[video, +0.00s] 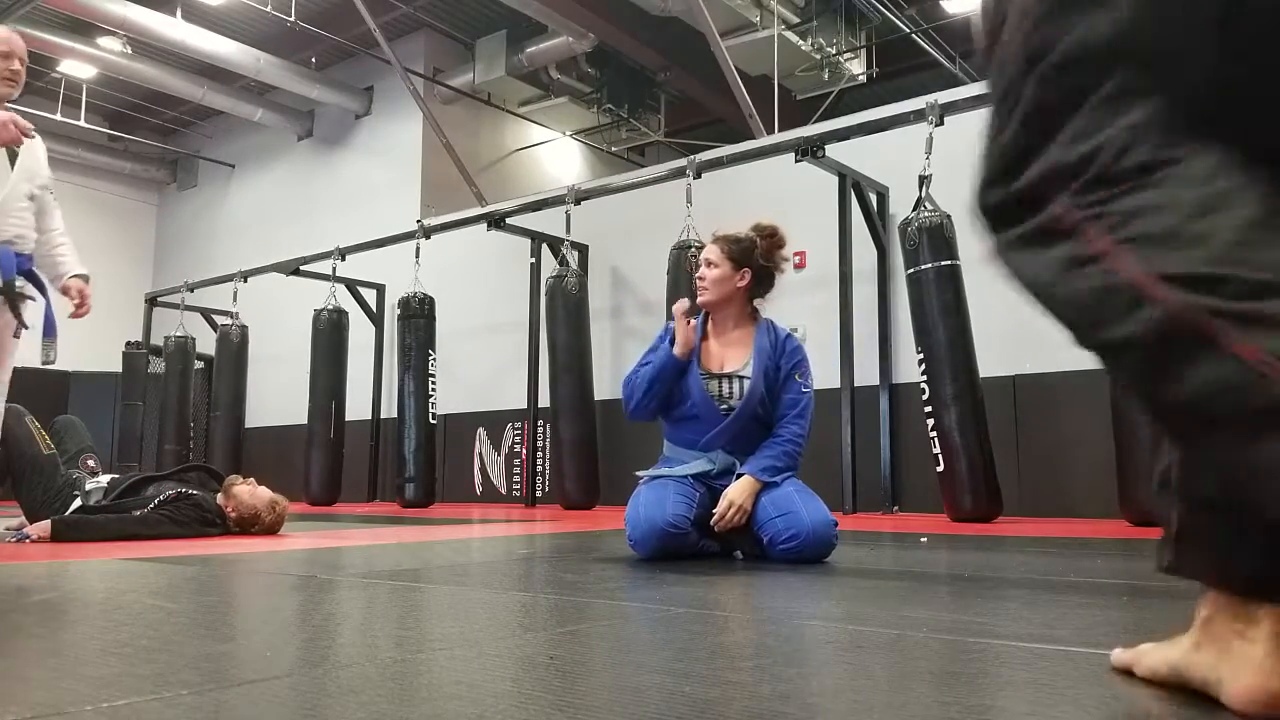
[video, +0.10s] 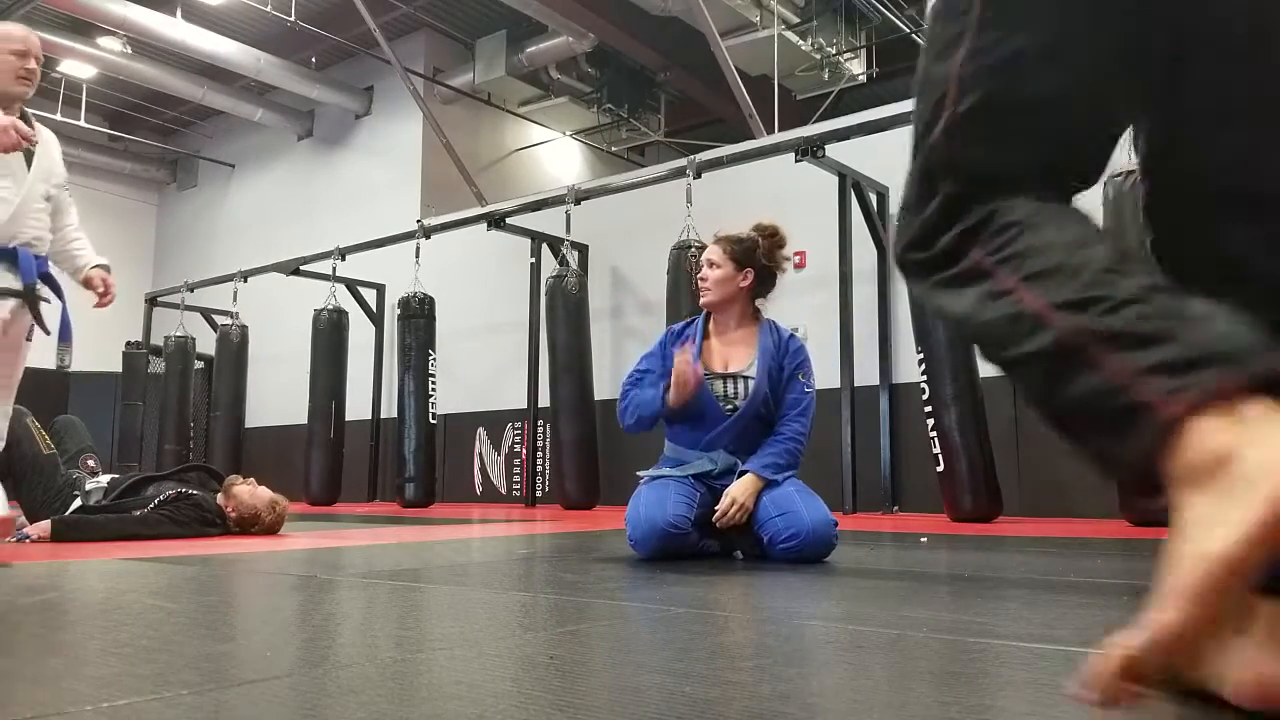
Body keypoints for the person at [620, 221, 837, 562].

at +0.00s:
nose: (698, 274)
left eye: (710, 266)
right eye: (700, 265)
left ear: (742, 278)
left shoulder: (783, 347)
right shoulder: (678, 335)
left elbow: (791, 433)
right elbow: (636, 406)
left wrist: (751, 481)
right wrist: (679, 352)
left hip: (760, 475)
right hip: (682, 474)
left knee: (812, 536)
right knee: (651, 533)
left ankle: (741, 536)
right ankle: (718, 542)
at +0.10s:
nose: (700, 275)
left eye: (712, 266)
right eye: (702, 266)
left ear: (745, 278)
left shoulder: (786, 347)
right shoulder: (676, 340)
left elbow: (793, 431)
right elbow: (629, 414)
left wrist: (753, 480)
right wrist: (671, 396)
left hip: (760, 475)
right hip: (682, 475)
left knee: (812, 536)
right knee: (651, 533)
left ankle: (742, 536)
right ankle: (717, 542)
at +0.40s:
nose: (700, 277)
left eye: (713, 267)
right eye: (701, 267)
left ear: (746, 278)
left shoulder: (790, 348)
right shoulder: (676, 345)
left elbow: (797, 430)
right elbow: (657, 421)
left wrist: (758, 477)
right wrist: (683, 464)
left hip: (762, 476)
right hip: (683, 475)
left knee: (813, 535)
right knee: (653, 533)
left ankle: (741, 536)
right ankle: (709, 541)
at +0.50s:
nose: (705, 276)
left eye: (718, 267)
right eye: (704, 267)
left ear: (751, 278)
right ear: (701, 274)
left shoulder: (790, 348)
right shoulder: (677, 344)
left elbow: (797, 430)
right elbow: (653, 420)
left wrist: (758, 476)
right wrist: (682, 466)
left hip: (762, 475)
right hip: (683, 474)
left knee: (813, 536)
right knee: (653, 534)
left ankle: (739, 535)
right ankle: (711, 539)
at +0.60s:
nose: (718, 274)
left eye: (731, 265)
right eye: (713, 266)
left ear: (758, 279)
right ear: (703, 277)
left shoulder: (789, 348)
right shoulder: (677, 344)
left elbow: (797, 429)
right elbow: (653, 420)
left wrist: (759, 475)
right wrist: (682, 466)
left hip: (762, 475)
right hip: (682, 474)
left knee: (813, 536)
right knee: (653, 533)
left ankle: (734, 534)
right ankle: (711, 539)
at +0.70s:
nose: (726, 272)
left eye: (739, 264)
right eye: (718, 264)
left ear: (759, 279)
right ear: (706, 278)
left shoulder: (789, 348)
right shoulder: (675, 345)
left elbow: (796, 429)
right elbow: (654, 423)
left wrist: (760, 475)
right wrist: (682, 466)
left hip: (761, 475)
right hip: (682, 474)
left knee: (813, 536)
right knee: (652, 533)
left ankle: (741, 532)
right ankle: (715, 537)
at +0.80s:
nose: (730, 269)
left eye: (741, 262)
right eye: (720, 262)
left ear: (758, 279)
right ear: (704, 279)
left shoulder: (788, 348)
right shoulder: (674, 347)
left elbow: (796, 429)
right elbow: (653, 423)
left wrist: (760, 474)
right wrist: (683, 466)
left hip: (762, 476)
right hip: (682, 475)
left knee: (813, 536)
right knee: (653, 533)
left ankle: (742, 533)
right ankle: (716, 539)